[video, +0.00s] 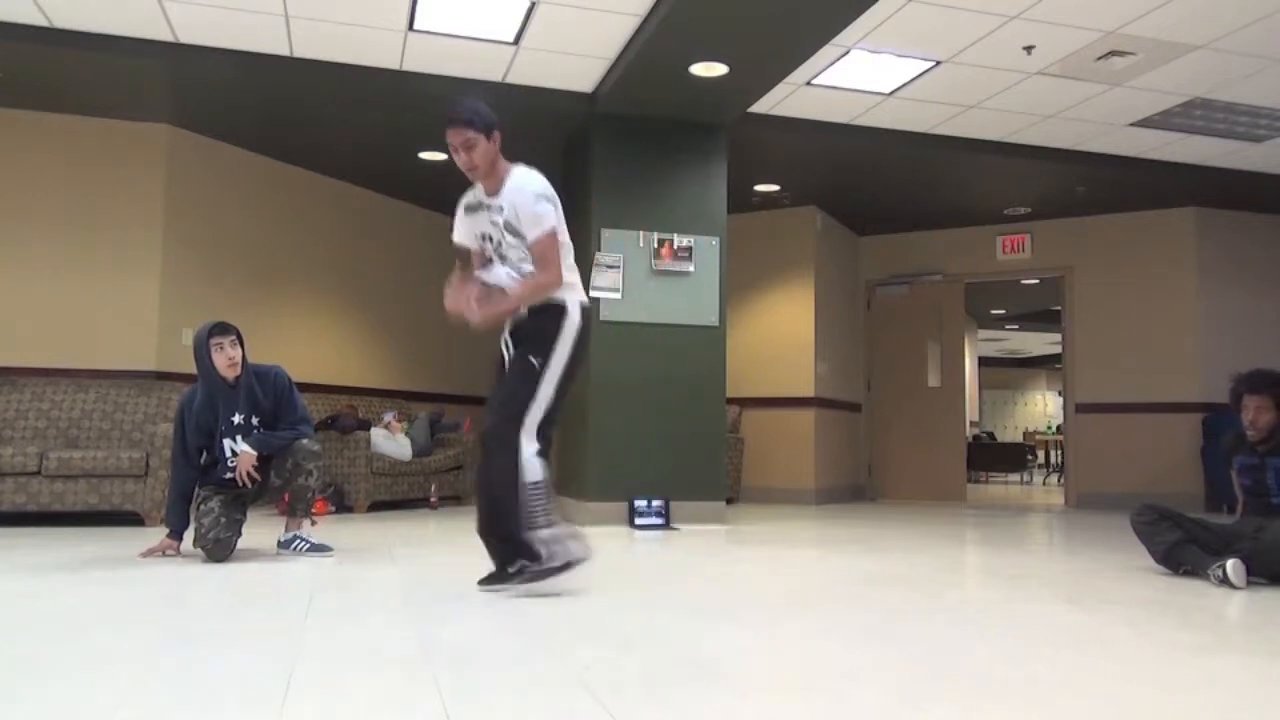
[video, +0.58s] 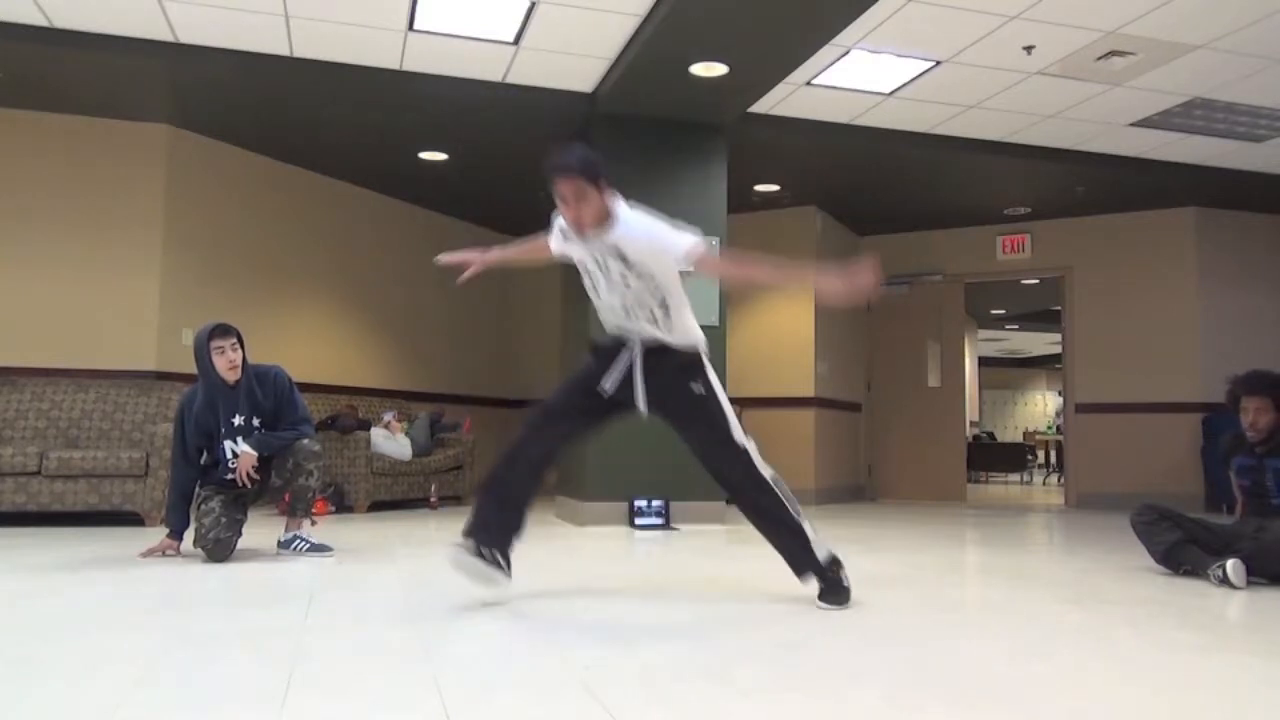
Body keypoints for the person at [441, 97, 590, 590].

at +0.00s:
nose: (464, 158)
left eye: (470, 145)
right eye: (455, 150)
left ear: (495, 139)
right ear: (451, 153)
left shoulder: (527, 190)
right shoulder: (470, 205)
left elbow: (552, 274)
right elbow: (469, 266)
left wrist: (492, 304)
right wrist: (459, 293)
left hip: (558, 313)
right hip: (519, 318)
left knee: (516, 427)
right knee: (498, 431)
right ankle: (515, 555)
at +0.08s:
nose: (471, 174)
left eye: (479, 162)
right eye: (463, 166)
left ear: (504, 157)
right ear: (459, 169)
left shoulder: (537, 208)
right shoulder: (477, 222)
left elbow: (560, 296)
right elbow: (493, 307)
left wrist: (516, 354)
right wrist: (471, 341)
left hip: (564, 332)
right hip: (525, 336)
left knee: (526, 444)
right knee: (496, 446)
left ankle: (610, 532)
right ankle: (519, 560)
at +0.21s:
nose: (489, 175)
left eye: (496, 162)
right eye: (480, 166)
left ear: (518, 160)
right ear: (472, 171)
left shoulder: (552, 208)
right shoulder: (487, 227)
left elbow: (598, 287)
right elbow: (507, 303)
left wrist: (645, 348)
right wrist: (482, 364)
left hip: (582, 350)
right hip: (534, 357)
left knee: (597, 455)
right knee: (502, 454)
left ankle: (695, 526)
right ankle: (519, 561)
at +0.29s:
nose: (507, 154)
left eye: (514, 141)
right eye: (498, 145)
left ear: (537, 136)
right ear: (492, 149)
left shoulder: (574, 176)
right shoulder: (505, 193)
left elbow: (647, 213)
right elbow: (523, 247)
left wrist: (729, 236)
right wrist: (485, 280)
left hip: (602, 328)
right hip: (548, 336)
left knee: (662, 429)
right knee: (520, 432)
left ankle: (735, 535)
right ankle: (514, 547)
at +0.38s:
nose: (521, 154)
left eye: (528, 141)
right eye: (513, 145)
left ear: (553, 135)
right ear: (509, 147)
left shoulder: (592, 168)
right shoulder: (521, 183)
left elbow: (671, 190)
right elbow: (528, 215)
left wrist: (762, 193)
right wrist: (489, 243)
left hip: (619, 318)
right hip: (561, 324)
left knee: (683, 424)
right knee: (513, 418)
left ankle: (758, 533)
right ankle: (509, 530)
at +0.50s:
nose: (551, 179)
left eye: (559, 169)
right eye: (544, 171)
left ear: (585, 163)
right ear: (541, 172)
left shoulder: (624, 197)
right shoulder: (554, 201)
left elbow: (710, 221)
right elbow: (540, 224)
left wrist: (805, 223)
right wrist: (495, 239)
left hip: (660, 336)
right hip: (602, 335)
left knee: (721, 445)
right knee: (527, 412)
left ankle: (806, 555)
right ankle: (492, 526)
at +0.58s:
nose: (569, 211)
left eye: (577, 199)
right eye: (562, 201)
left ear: (603, 191)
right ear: (557, 198)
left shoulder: (638, 230)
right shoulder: (569, 227)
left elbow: (723, 264)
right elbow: (543, 248)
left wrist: (822, 278)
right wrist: (489, 256)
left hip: (677, 360)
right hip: (617, 357)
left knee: (736, 466)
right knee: (545, 428)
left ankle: (821, 567)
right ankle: (490, 541)